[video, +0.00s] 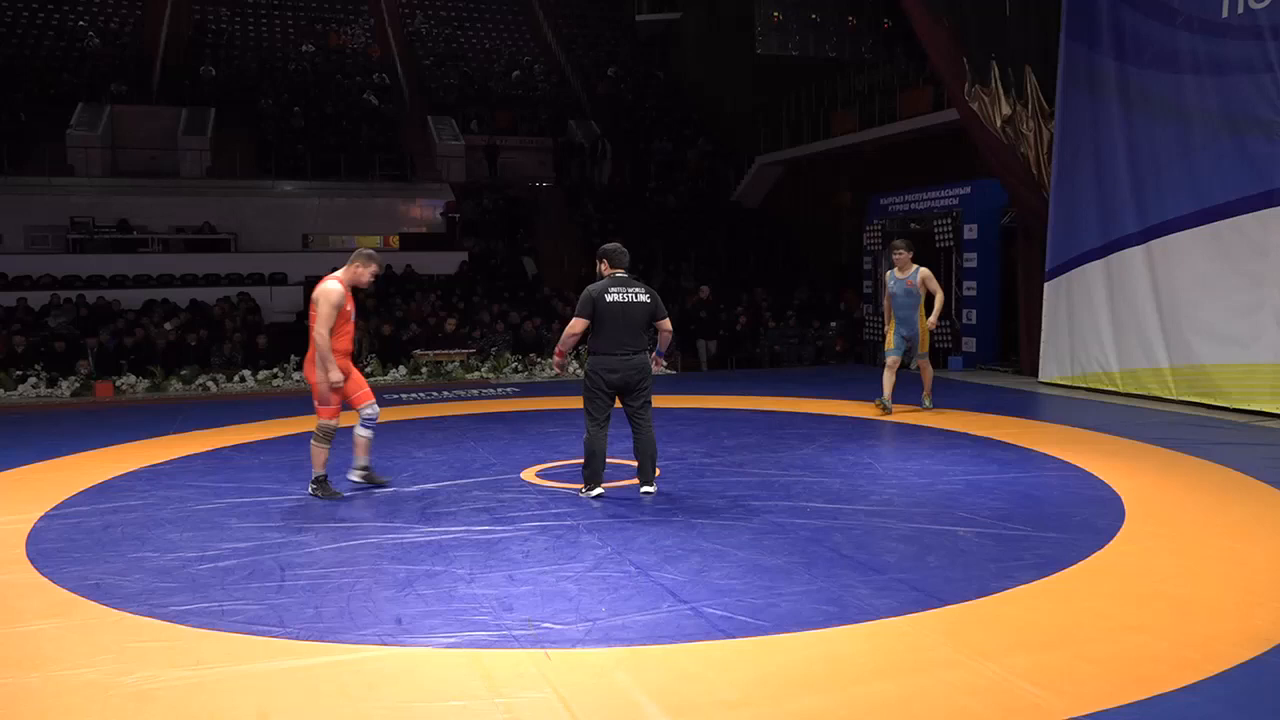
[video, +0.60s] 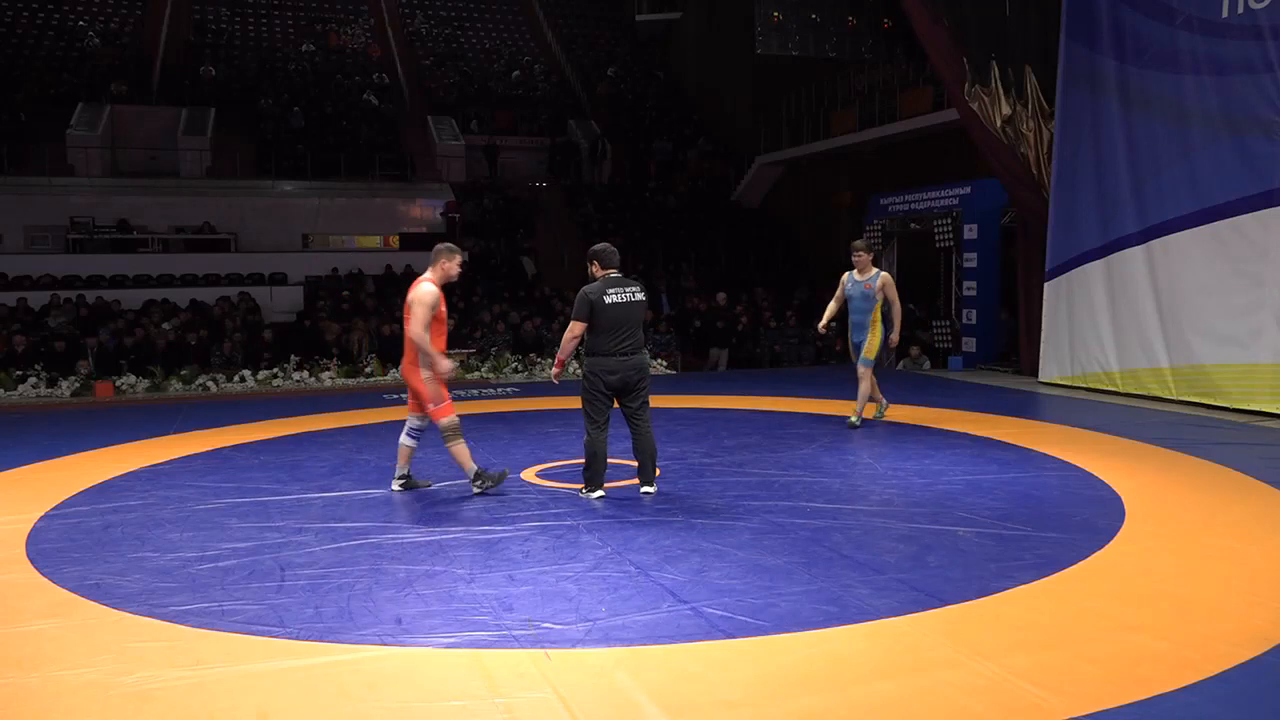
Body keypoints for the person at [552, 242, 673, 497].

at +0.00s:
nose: (598, 268)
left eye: (598, 265)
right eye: (598, 264)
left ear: (605, 265)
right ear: (625, 265)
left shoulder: (594, 292)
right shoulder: (646, 292)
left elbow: (575, 329)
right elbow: (666, 328)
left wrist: (561, 352)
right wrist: (659, 354)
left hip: (601, 366)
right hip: (637, 365)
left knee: (596, 425)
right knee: (642, 423)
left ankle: (593, 483)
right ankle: (647, 481)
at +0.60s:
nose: (590, 270)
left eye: (590, 266)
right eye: (590, 266)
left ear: (596, 266)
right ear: (617, 264)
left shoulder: (589, 293)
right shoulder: (638, 289)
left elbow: (574, 333)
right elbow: (637, 322)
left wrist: (559, 362)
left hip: (599, 368)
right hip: (635, 366)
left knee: (596, 428)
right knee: (641, 422)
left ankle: (594, 486)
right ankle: (648, 481)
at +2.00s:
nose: (622, 262)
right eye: (622, 259)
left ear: (595, 264)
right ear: (620, 262)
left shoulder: (581, 292)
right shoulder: (638, 289)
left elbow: (568, 332)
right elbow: (660, 322)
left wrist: (563, 363)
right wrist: (642, 315)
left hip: (596, 366)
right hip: (632, 363)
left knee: (596, 426)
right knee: (640, 421)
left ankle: (594, 484)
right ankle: (647, 479)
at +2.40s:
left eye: (615, 259)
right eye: (642, 258)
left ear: (615, 262)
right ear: (642, 261)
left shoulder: (602, 287)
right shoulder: (657, 289)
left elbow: (584, 325)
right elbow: (668, 320)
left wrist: (594, 346)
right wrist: (645, 319)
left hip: (612, 362)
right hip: (647, 361)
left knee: (603, 422)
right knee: (649, 421)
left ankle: (597, 480)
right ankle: (650, 480)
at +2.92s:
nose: (627, 263)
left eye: (628, 260)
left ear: (630, 262)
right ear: (656, 262)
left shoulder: (619, 287)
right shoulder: (672, 289)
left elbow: (600, 323)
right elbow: (678, 324)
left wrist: (623, 318)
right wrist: (656, 318)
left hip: (625, 361)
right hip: (660, 362)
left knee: (612, 420)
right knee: (658, 421)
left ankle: (601, 476)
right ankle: (655, 480)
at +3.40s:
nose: (632, 266)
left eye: (633, 262)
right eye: (633, 262)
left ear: (638, 262)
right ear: (664, 262)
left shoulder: (626, 288)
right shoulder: (681, 288)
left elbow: (612, 322)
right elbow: (676, 318)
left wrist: (642, 313)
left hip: (634, 361)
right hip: (669, 362)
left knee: (617, 416)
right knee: (665, 418)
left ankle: (613, 473)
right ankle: (662, 479)